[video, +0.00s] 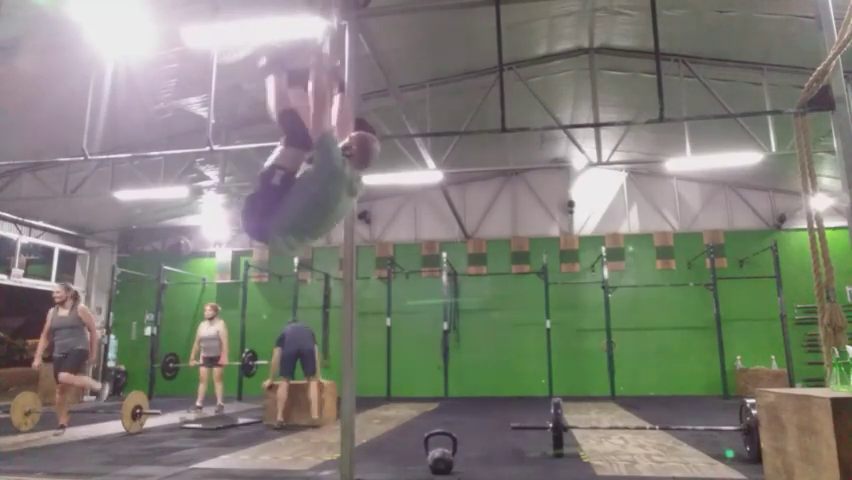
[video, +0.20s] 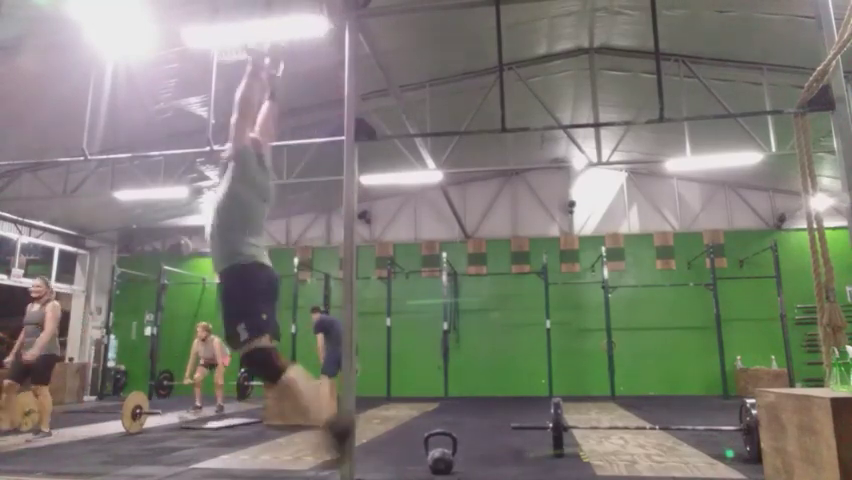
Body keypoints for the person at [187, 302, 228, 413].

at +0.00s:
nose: (206, 313)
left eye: (209, 310)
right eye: (205, 310)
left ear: (215, 312)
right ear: (204, 312)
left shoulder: (220, 324)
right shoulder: (202, 325)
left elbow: (224, 341)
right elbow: (197, 342)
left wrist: (224, 357)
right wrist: (192, 358)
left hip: (217, 354)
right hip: (204, 354)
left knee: (217, 378)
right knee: (202, 379)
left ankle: (219, 403)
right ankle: (199, 403)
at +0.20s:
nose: (199, 334)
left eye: (201, 331)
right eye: (198, 331)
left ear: (207, 332)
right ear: (197, 332)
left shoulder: (215, 341)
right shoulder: (196, 342)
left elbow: (220, 359)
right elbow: (192, 359)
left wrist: (220, 377)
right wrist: (187, 376)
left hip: (219, 360)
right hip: (206, 360)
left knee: (218, 381)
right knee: (197, 378)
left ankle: (219, 404)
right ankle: (198, 404)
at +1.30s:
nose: (212, 315)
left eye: (214, 313)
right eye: (210, 313)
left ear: (219, 313)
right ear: (208, 314)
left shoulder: (225, 325)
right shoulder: (205, 325)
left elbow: (229, 342)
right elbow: (198, 341)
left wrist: (227, 357)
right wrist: (195, 358)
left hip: (220, 356)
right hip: (207, 355)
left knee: (218, 380)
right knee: (203, 378)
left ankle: (216, 400)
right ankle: (199, 398)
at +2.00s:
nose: (207, 305)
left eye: (210, 303)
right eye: (205, 303)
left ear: (215, 305)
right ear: (202, 305)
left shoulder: (221, 319)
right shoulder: (197, 319)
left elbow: (232, 337)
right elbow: (186, 335)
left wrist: (229, 351)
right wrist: (185, 355)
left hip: (215, 355)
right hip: (198, 355)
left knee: (211, 384)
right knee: (196, 383)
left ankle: (209, 411)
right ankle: (192, 412)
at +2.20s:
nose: (205, 296)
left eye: (208, 294)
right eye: (203, 293)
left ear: (213, 297)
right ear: (198, 296)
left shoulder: (218, 314)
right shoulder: (189, 313)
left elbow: (224, 336)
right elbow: (180, 335)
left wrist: (227, 354)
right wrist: (179, 356)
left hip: (210, 353)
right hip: (188, 354)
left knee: (205, 383)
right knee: (181, 387)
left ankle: (204, 419)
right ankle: (188, 405)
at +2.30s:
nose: (198, 293)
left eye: (202, 290)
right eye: (196, 290)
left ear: (209, 293)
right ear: (193, 292)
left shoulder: (215, 309)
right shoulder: (186, 309)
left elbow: (225, 329)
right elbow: (177, 331)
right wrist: (168, 352)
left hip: (207, 350)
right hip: (185, 350)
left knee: (203, 384)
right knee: (177, 381)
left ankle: (204, 420)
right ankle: (181, 419)